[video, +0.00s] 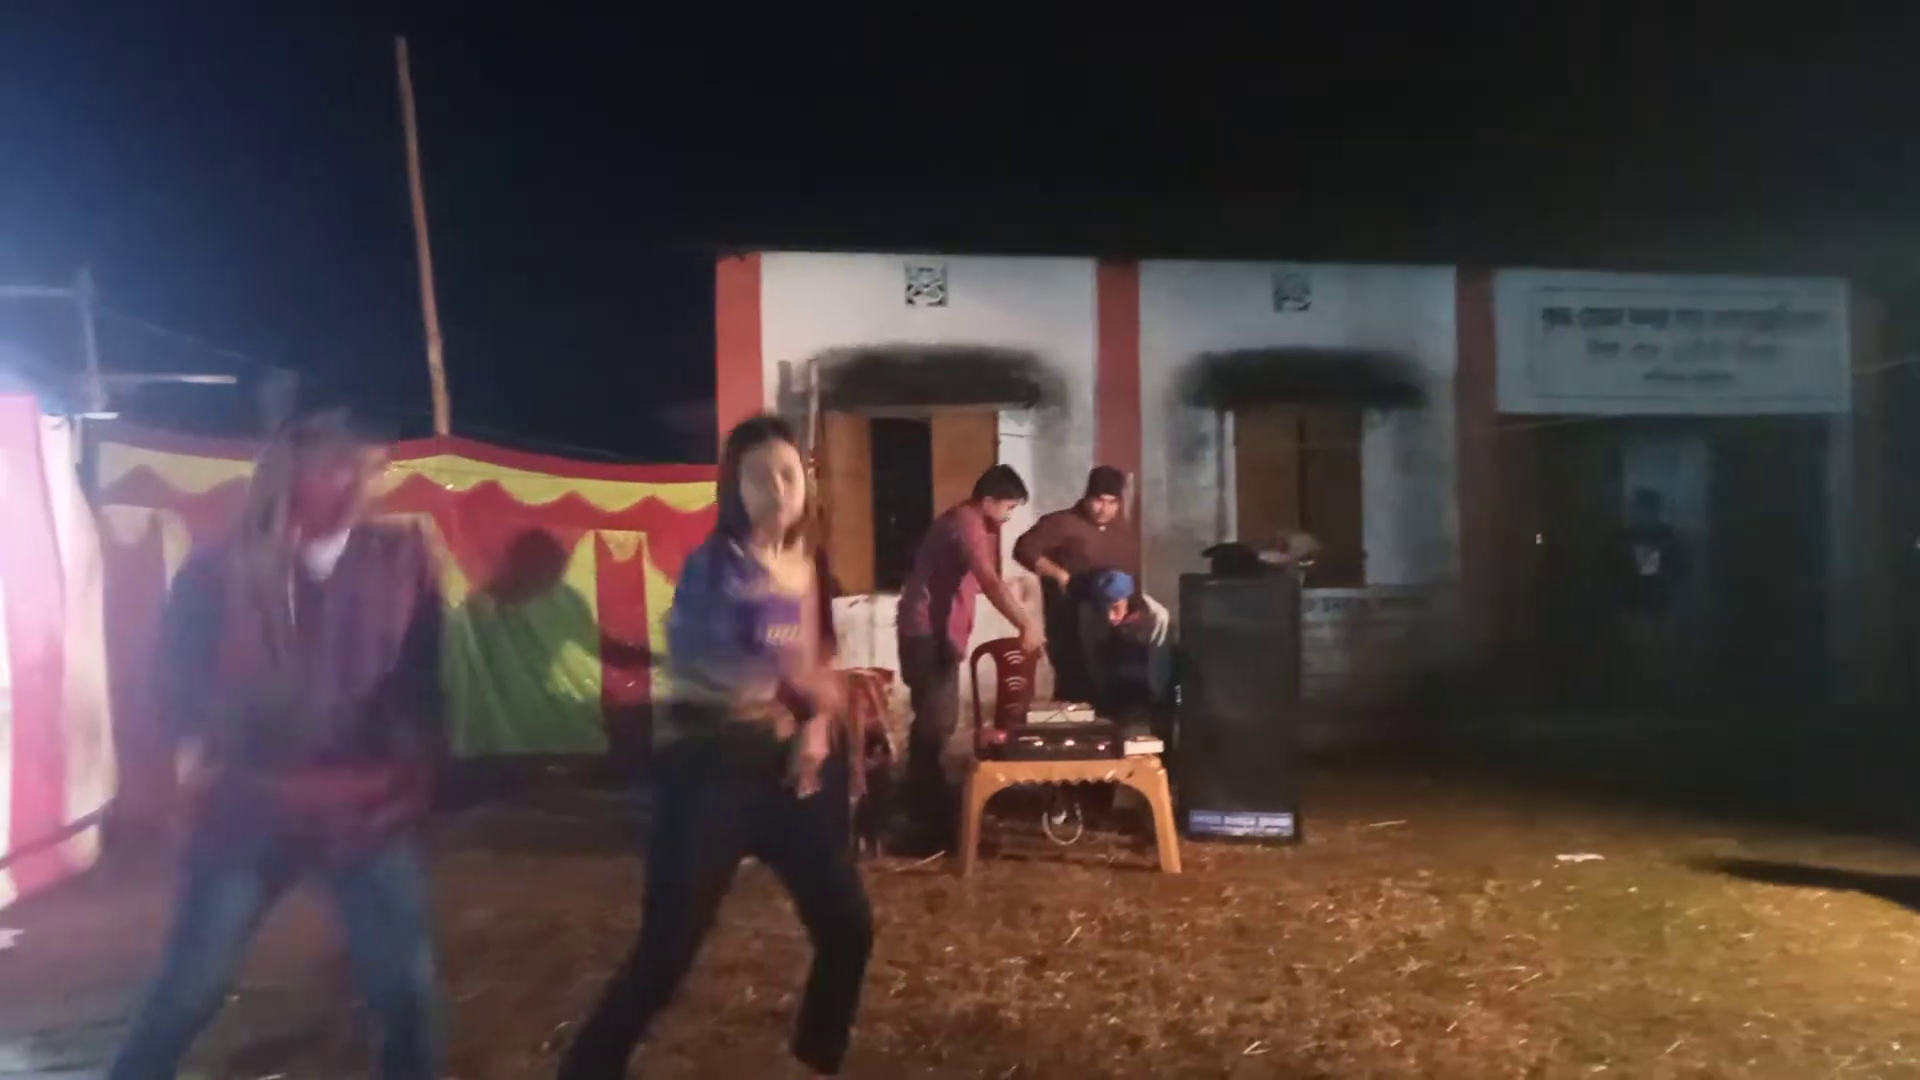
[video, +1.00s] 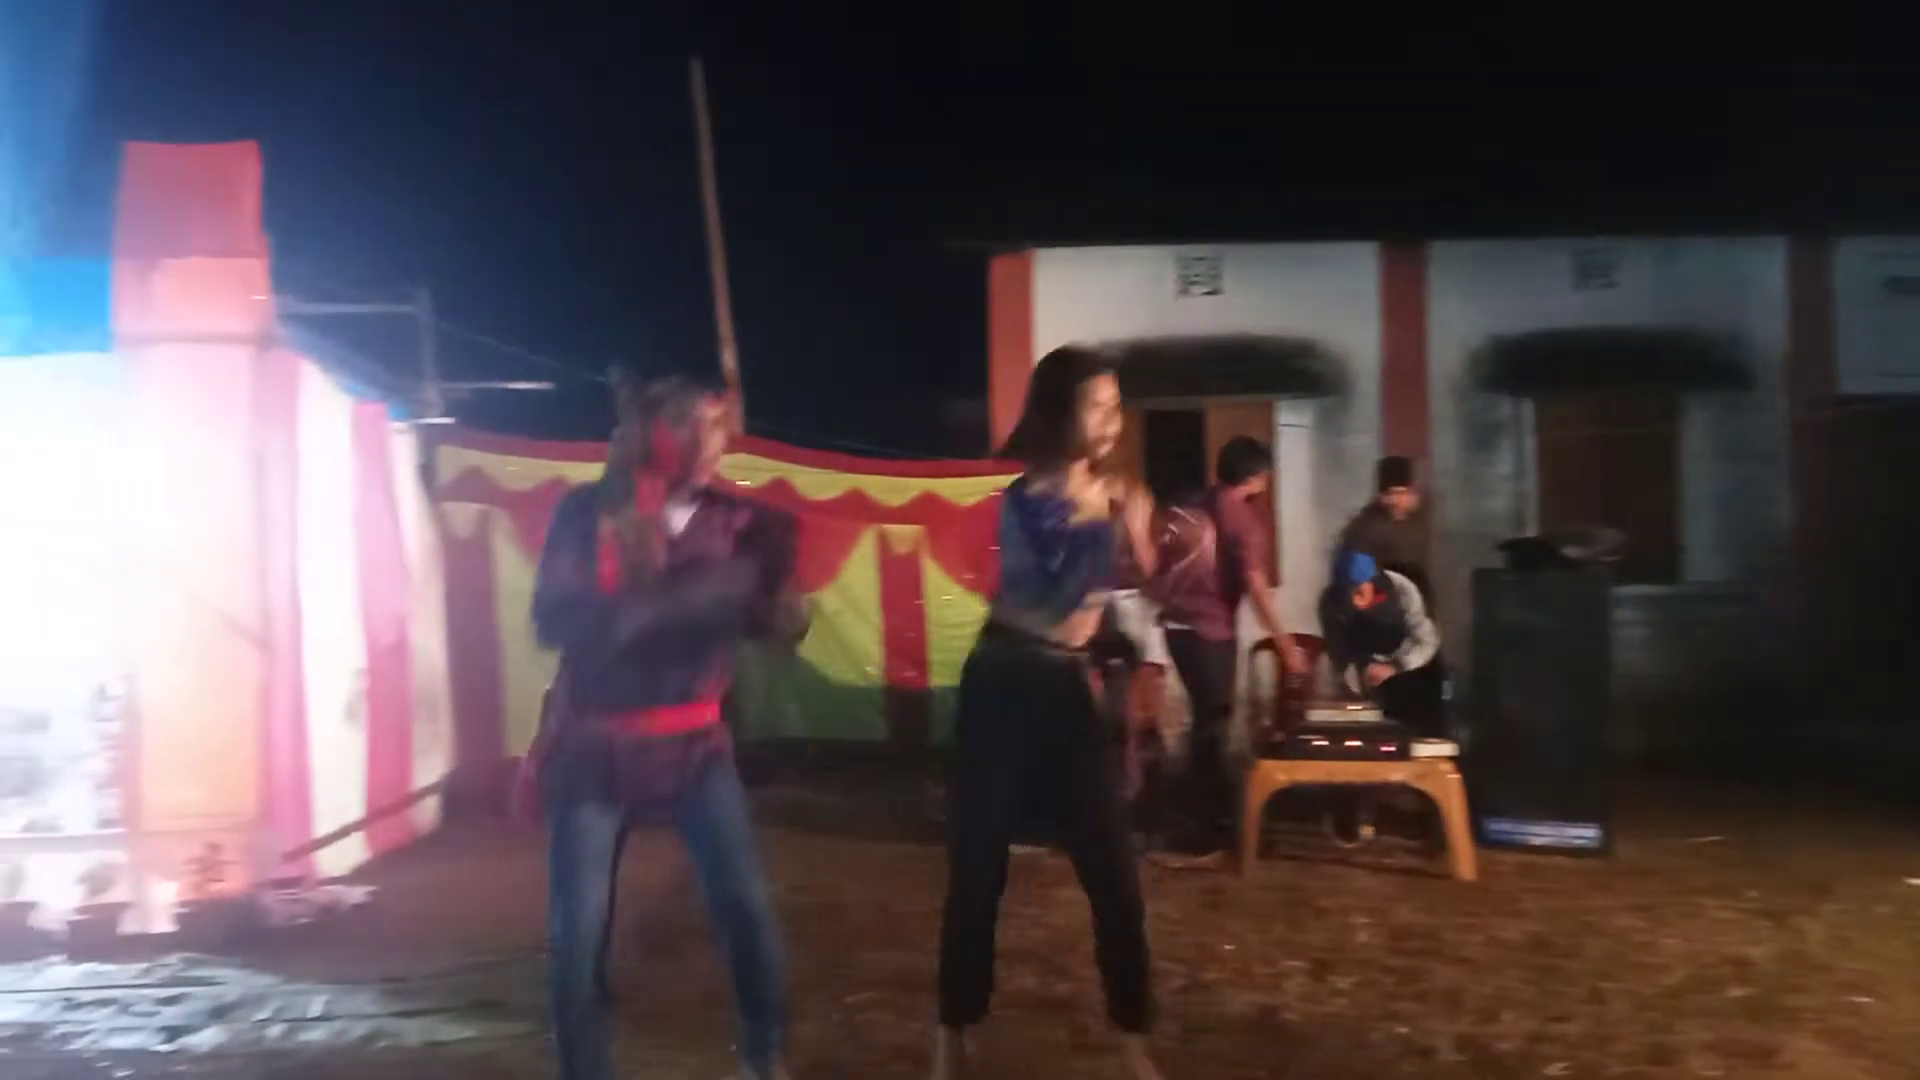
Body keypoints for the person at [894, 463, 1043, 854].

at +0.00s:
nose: (1010, 515)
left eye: (1014, 507)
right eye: (1009, 506)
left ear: (992, 500)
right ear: (990, 498)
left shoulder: (977, 523)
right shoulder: (967, 523)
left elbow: (993, 581)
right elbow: (990, 583)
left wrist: (1025, 621)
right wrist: (1024, 625)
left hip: (940, 630)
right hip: (927, 631)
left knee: (936, 723)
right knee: (935, 724)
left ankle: (925, 813)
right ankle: (922, 815)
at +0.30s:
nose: (1050, 496)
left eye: (1050, 488)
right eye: (1047, 488)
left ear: (1020, 485)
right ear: (1035, 489)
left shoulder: (1003, 517)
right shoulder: (1008, 521)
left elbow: (989, 584)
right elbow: (1004, 579)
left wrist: (1010, 636)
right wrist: (1038, 632)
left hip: (980, 631)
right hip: (981, 632)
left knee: (987, 727)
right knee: (986, 728)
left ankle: (973, 816)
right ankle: (973, 819)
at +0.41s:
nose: (1082, 491)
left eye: (1082, 483)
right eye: (1079, 484)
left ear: (1050, 479)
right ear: (1068, 484)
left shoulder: (1030, 513)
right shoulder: (1041, 520)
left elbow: (1012, 580)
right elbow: (1031, 580)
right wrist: (1051, 634)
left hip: (1017, 635)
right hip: (1025, 637)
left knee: (1026, 720)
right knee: (1030, 722)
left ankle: (1010, 800)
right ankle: (1014, 807)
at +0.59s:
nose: (1149, 486)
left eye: (1148, 479)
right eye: (1146, 479)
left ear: (1114, 474)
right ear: (1135, 480)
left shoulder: (1089, 509)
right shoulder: (1112, 516)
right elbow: (1105, 578)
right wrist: (1113, 640)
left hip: (1076, 636)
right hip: (1095, 639)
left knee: (1090, 726)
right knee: (1103, 728)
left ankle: (1085, 812)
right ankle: (1097, 817)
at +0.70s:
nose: (1184, 485)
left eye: (1183, 478)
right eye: (1182, 479)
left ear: (1147, 473)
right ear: (1172, 481)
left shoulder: (1116, 508)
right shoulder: (1153, 517)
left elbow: (1095, 569)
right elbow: (1149, 581)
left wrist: (1102, 623)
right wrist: (1156, 647)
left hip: (1108, 632)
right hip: (1134, 637)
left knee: (1123, 724)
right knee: (1136, 727)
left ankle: (1112, 812)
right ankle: (1128, 818)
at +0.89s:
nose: (1228, 487)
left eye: (1228, 479)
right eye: (1228, 480)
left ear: (1189, 472)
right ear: (1219, 480)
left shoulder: (1154, 509)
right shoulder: (1201, 513)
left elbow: (1126, 566)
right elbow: (1208, 582)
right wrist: (1228, 637)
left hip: (1140, 631)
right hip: (1175, 635)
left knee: (1147, 721)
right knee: (1180, 724)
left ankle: (1140, 825)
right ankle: (1172, 828)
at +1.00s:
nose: (1265, 485)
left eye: (1265, 477)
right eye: (1264, 478)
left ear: (1224, 471)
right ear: (1253, 478)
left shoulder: (1196, 505)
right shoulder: (1237, 514)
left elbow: (1166, 566)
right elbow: (1254, 583)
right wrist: (1285, 645)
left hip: (1181, 630)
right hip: (1213, 634)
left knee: (1208, 721)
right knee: (1216, 722)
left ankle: (1204, 818)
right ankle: (1210, 822)